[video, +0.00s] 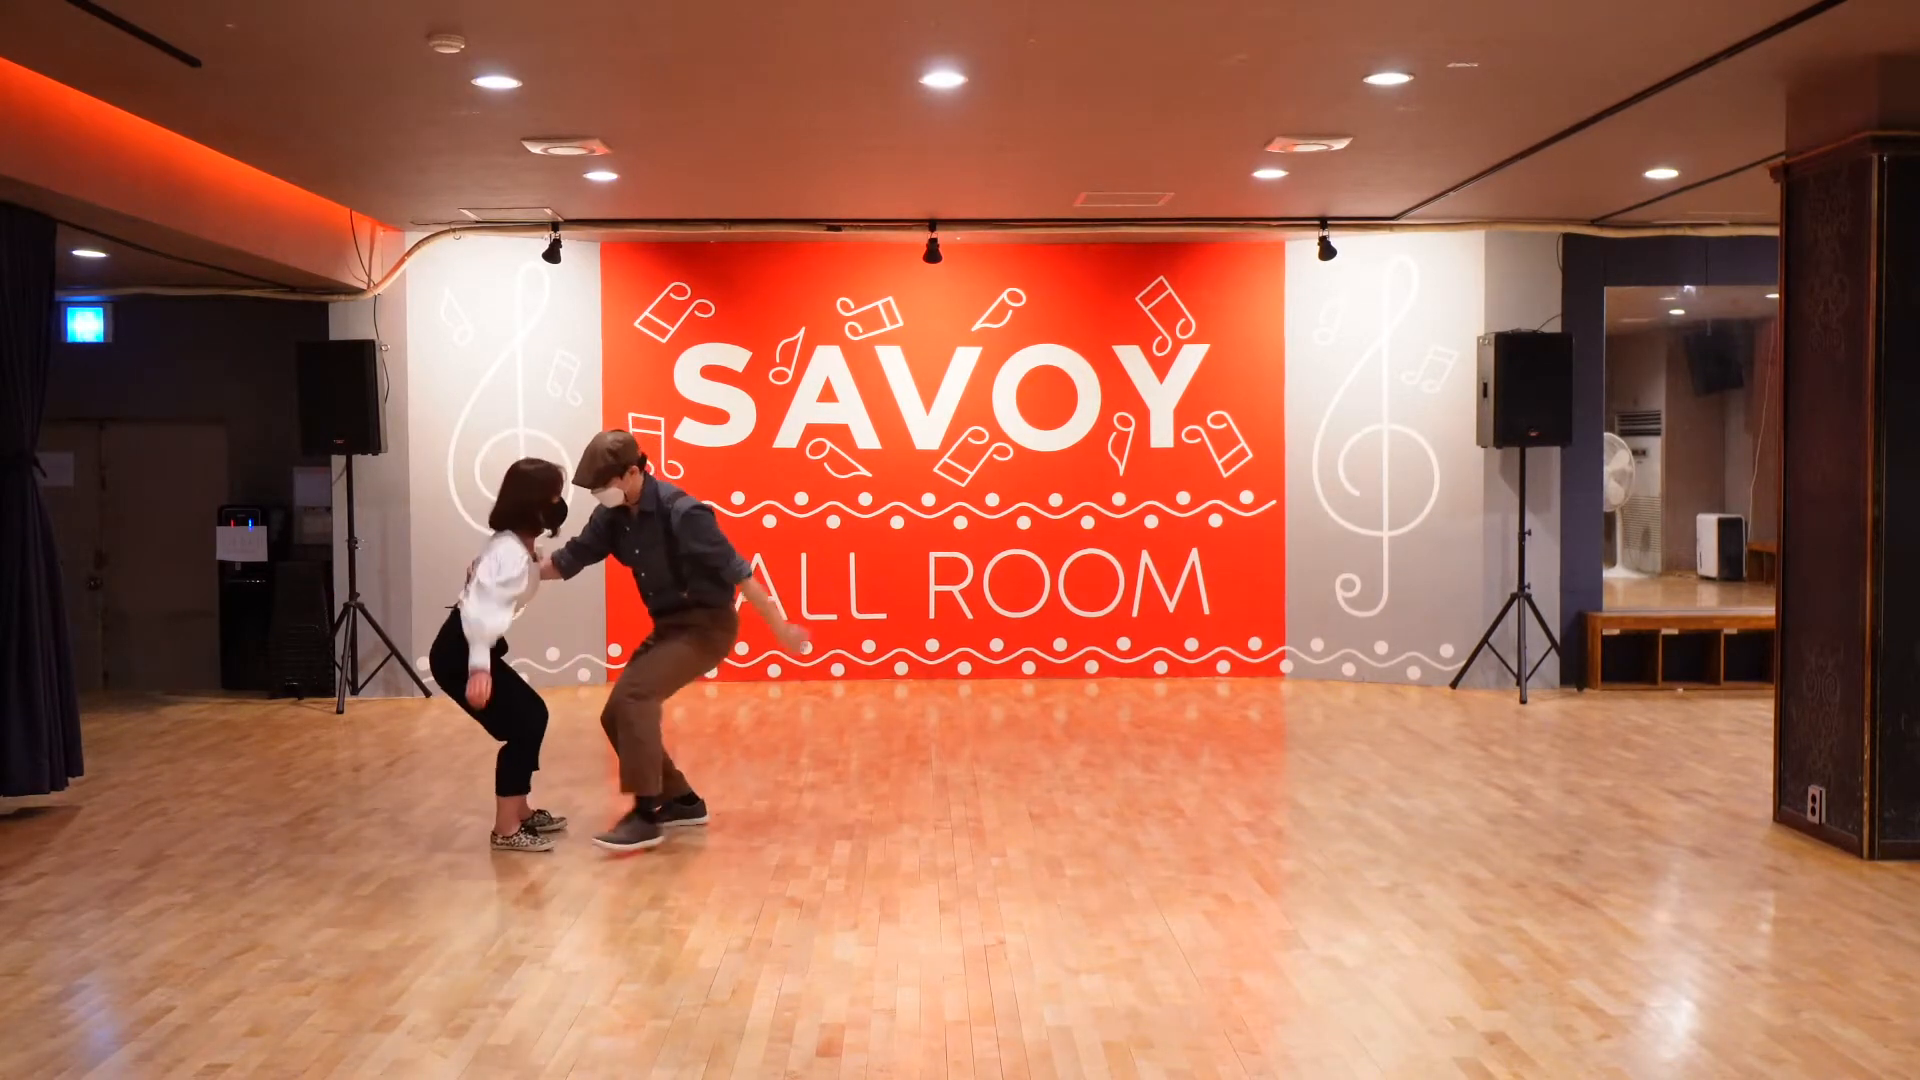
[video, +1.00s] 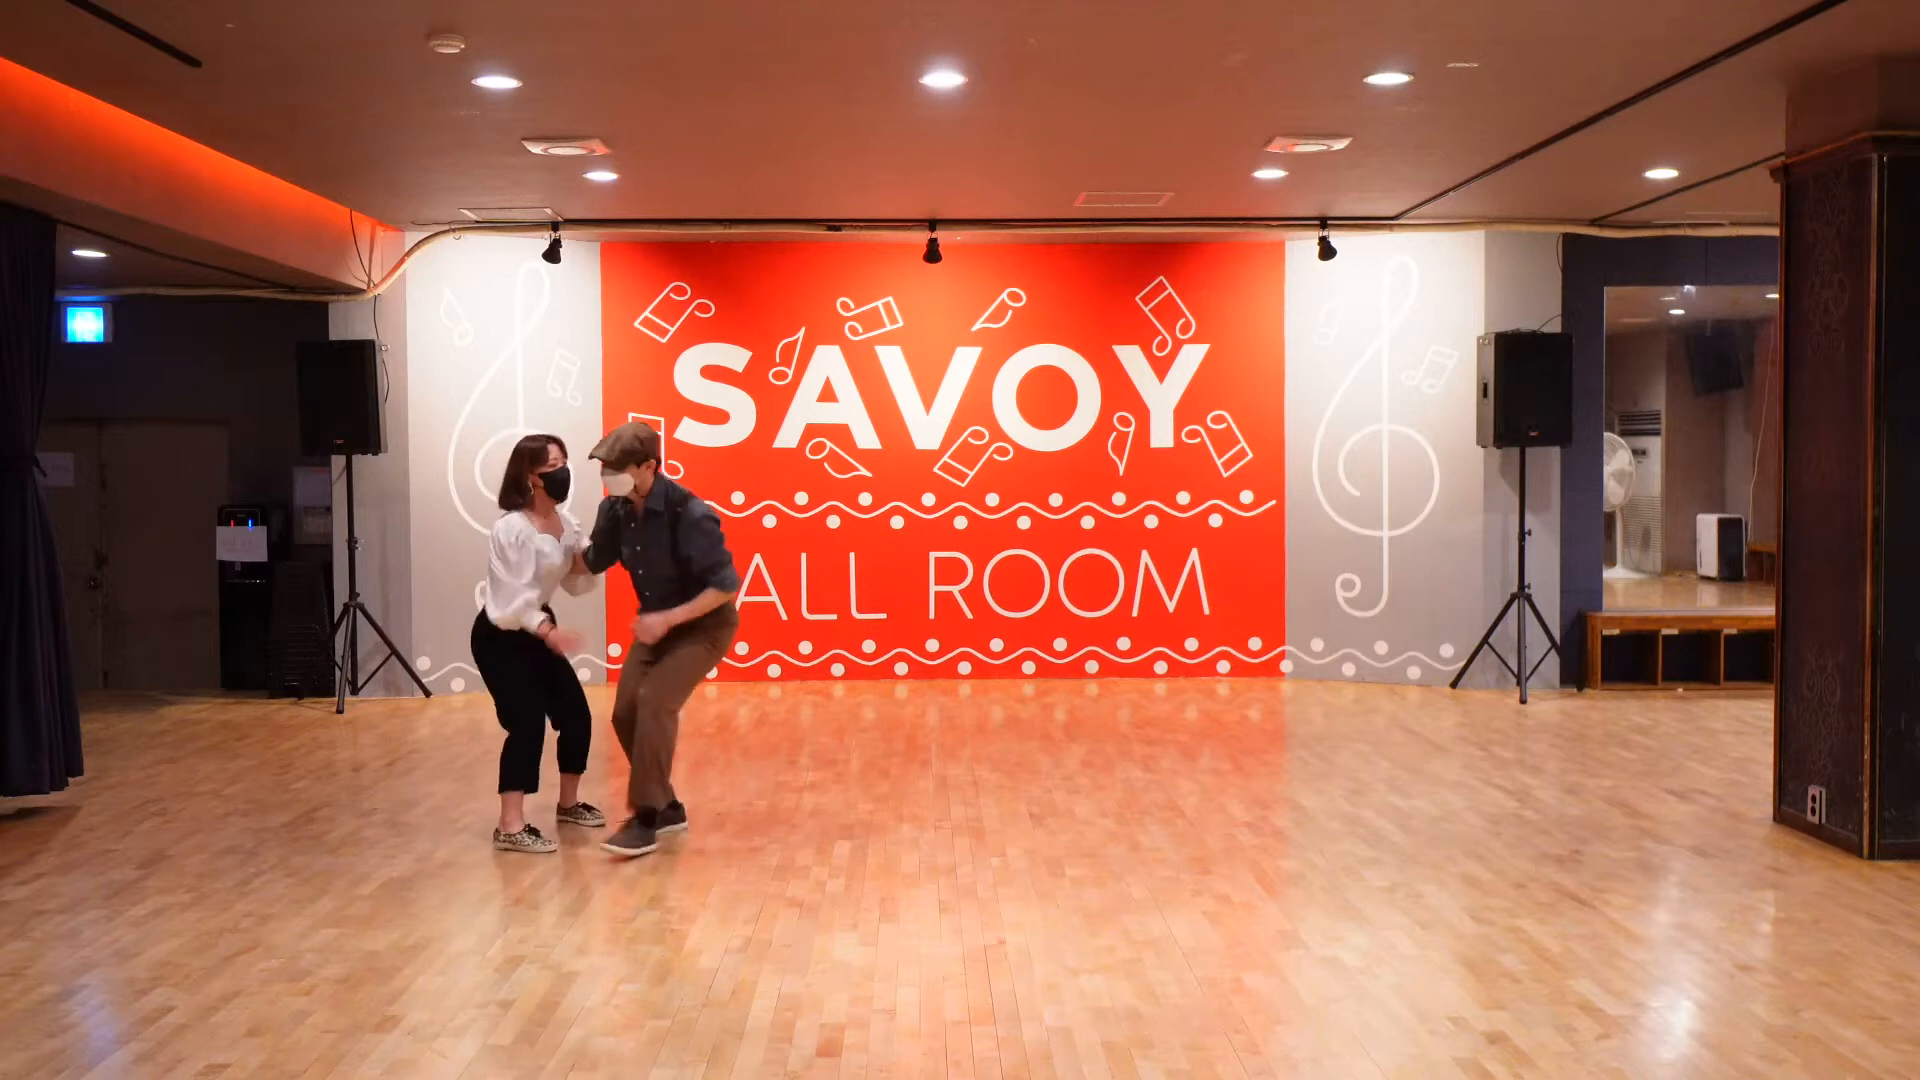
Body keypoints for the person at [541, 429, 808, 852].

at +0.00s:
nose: (600, 498)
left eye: (604, 488)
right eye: (595, 490)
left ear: (632, 473)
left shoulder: (683, 512)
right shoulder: (611, 516)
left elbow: (739, 571)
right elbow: (568, 560)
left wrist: (781, 627)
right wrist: (519, 571)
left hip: (708, 625)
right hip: (668, 628)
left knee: (633, 695)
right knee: (615, 716)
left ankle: (647, 811)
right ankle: (680, 799)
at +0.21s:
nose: (604, 507)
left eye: (610, 497)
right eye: (601, 498)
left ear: (640, 486)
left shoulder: (689, 527)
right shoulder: (622, 527)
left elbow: (689, 616)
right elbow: (566, 573)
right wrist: (496, 572)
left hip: (707, 643)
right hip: (670, 640)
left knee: (620, 722)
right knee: (603, 722)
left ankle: (679, 819)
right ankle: (676, 796)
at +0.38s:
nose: (610, 507)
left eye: (615, 498)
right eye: (606, 498)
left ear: (644, 486)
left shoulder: (687, 525)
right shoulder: (629, 523)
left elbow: (649, 605)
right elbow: (570, 565)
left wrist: (580, 638)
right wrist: (524, 559)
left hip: (713, 642)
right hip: (674, 641)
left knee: (633, 718)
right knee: (606, 716)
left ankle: (680, 819)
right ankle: (678, 795)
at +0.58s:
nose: (612, 502)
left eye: (617, 493)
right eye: (608, 494)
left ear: (645, 480)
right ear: (634, 480)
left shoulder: (687, 515)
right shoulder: (631, 510)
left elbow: (650, 591)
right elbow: (586, 559)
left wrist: (589, 555)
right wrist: (533, 553)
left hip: (715, 633)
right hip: (678, 634)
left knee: (637, 716)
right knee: (616, 719)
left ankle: (678, 819)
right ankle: (679, 799)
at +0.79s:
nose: (604, 486)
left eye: (611, 478)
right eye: (600, 478)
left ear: (639, 464)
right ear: (598, 469)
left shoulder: (681, 486)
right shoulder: (614, 496)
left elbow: (722, 553)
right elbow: (586, 547)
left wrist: (651, 546)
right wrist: (576, 537)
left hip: (714, 604)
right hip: (669, 606)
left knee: (639, 680)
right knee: (613, 686)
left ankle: (654, 794)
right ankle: (663, 773)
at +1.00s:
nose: (609, 481)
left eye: (617, 472)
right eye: (607, 472)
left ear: (647, 468)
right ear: (625, 470)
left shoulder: (689, 513)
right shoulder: (615, 510)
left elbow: (724, 585)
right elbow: (593, 562)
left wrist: (666, 618)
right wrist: (556, 553)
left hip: (706, 622)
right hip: (656, 623)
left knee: (655, 700)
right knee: (625, 714)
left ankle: (646, 817)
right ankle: (665, 805)